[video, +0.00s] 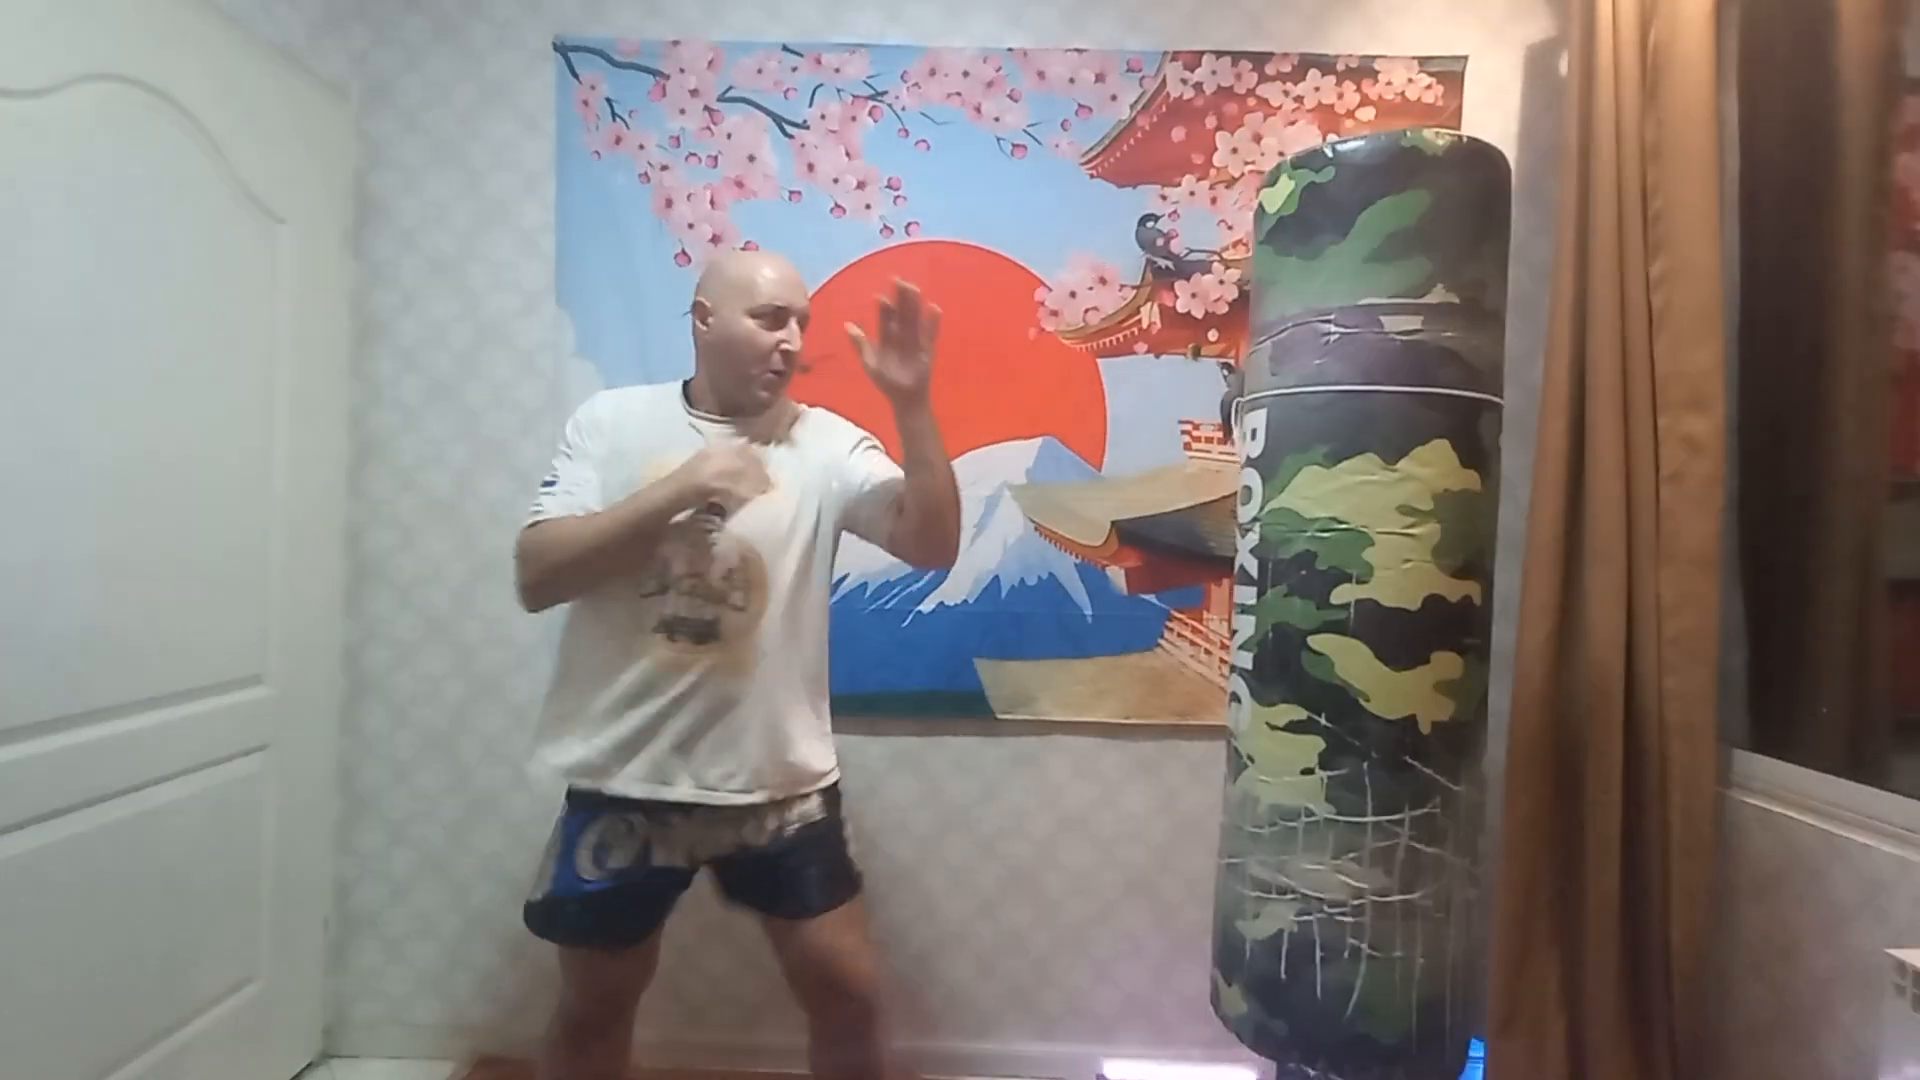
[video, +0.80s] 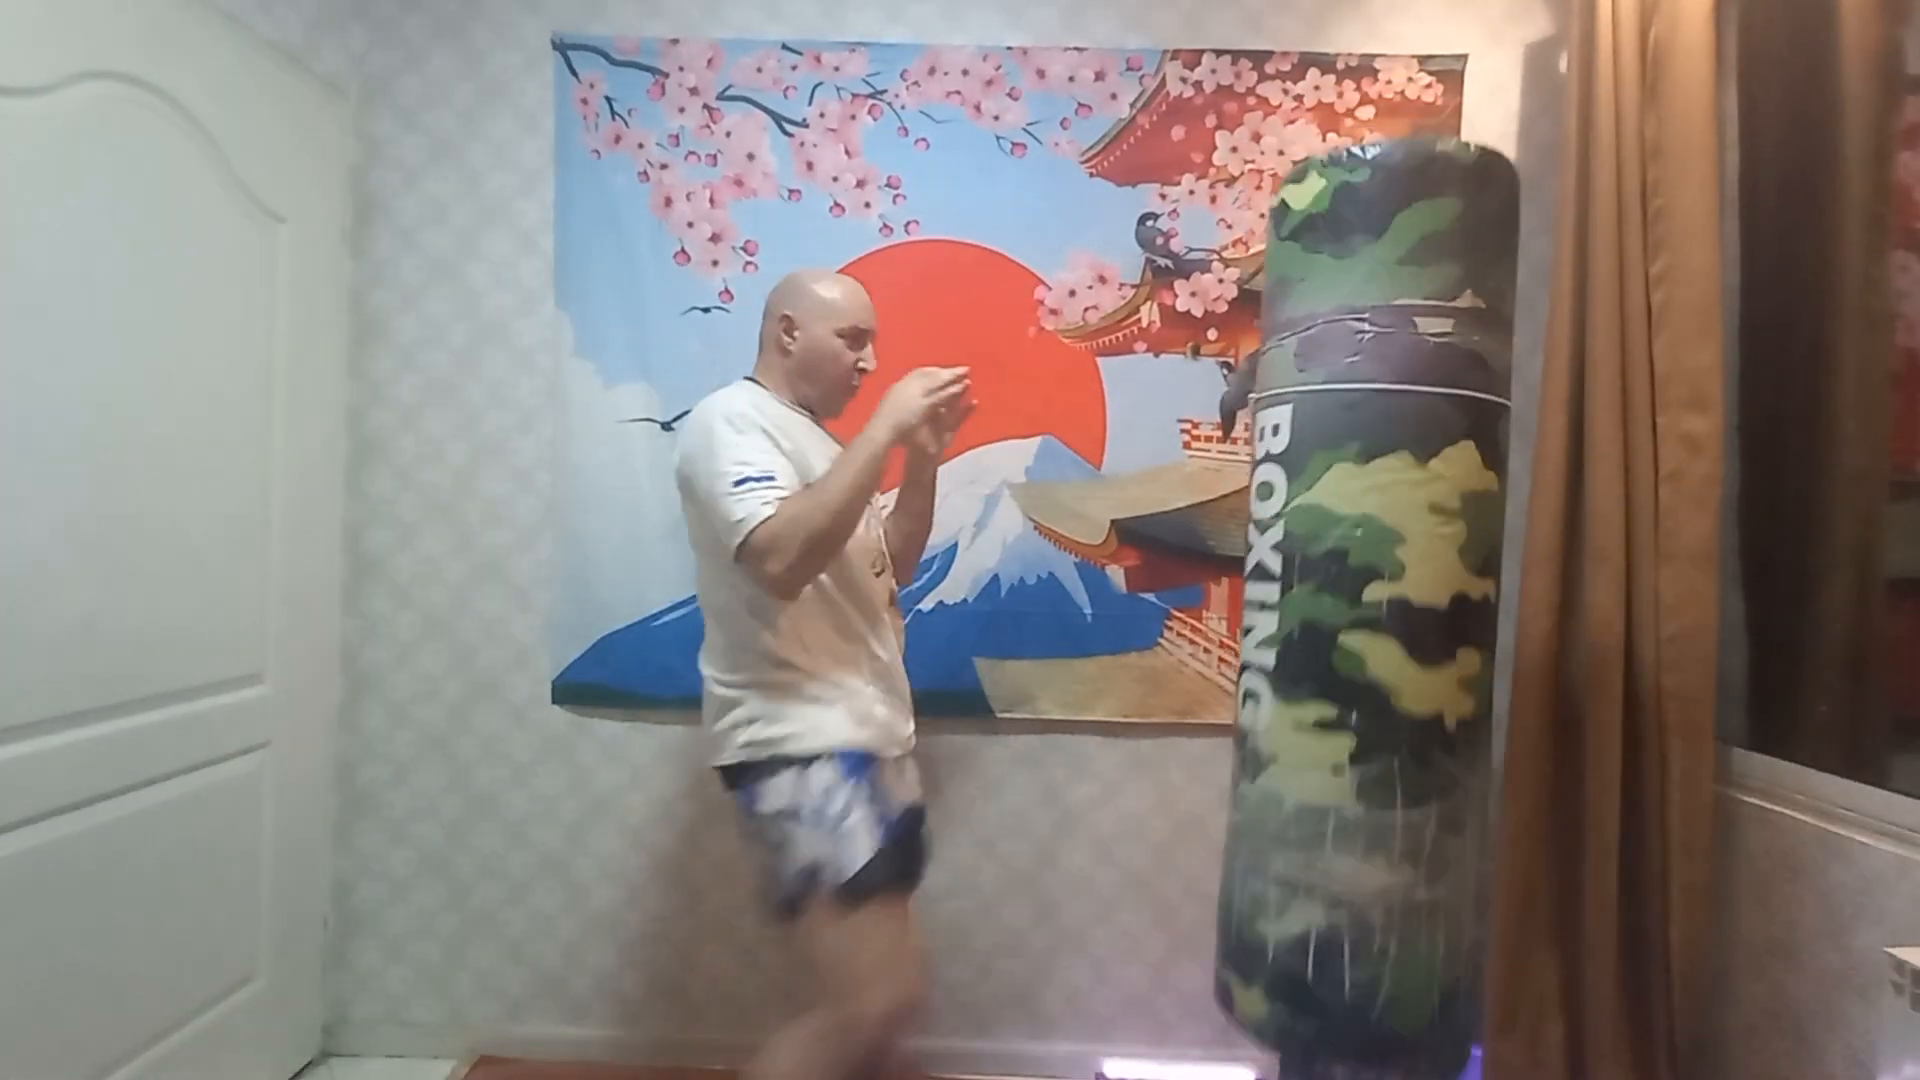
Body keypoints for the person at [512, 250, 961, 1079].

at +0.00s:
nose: (792, 342)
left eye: (801, 324)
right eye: (770, 318)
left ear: (807, 336)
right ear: (703, 320)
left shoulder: (828, 445)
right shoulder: (610, 423)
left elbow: (929, 543)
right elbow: (538, 576)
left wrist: (914, 405)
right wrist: (679, 490)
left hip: (781, 783)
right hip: (623, 782)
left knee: (851, 1000)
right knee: (590, 1022)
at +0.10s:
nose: (815, 344)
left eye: (819, 327)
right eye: (795, 324)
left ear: (819, 338)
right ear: (724, 326)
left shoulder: (834, 451)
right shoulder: (632, 418)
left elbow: (911, 569)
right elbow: (631, 548)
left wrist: (923, 462)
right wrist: (772, 437)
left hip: (800, 777)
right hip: (650, 784)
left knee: (876, 968)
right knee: (600, 1019)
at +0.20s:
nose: (838, 353)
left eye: (839, 336)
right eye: (821, 333)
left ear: (762, 338)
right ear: (754, 334)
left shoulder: (802, 448)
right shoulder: (699, 422)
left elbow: (835, 573)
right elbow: (831, 491)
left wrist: (886, 496)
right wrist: (915, 374)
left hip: (826, 776)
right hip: (705, 784)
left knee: (884, 960)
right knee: (647, 1038)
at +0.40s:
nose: (857, 374)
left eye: (858, 354)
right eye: (845, 352)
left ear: (776, 351)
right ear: (784, 346)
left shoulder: (714, 430)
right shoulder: (773, 422)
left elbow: (785, 557)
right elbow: (862, 543)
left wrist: (867, 469)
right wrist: (1025, 468)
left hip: (783, 761)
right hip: (849, 737)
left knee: (881, 970)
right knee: (1043, 867)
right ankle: (903, 1048)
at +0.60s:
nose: (875, 372)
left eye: (876, 355)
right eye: (863, 352)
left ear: (807, 349)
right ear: (798, 343)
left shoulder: (806, 437)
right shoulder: (746, 422)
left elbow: (878, 541)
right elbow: (806, 550)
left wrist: (925, 439)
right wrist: (942, 443)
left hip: (832, 709)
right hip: (824, 709)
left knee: (871, 971)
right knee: (1056, 785)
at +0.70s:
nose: (871, 365)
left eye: (875, 350)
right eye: (860, 345)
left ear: (801, 342)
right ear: (797, 336)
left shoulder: (817, 441)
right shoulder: (739, 417)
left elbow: (895, 549)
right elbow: (793, 549)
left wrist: (926, 445)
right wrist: (914, 426)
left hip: (847, 703)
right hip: (813, 709)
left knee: (868, 967)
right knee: (1004, 881)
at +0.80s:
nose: (868, 360)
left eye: (871, 343)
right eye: (853, 338)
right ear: (786, 333)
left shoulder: (827, 449)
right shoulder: (727, 421)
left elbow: (892, 565)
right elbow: (777, 561)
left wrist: (922, 460)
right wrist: (884, 428)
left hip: (867, 731)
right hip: (795, 738)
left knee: (887, 996)